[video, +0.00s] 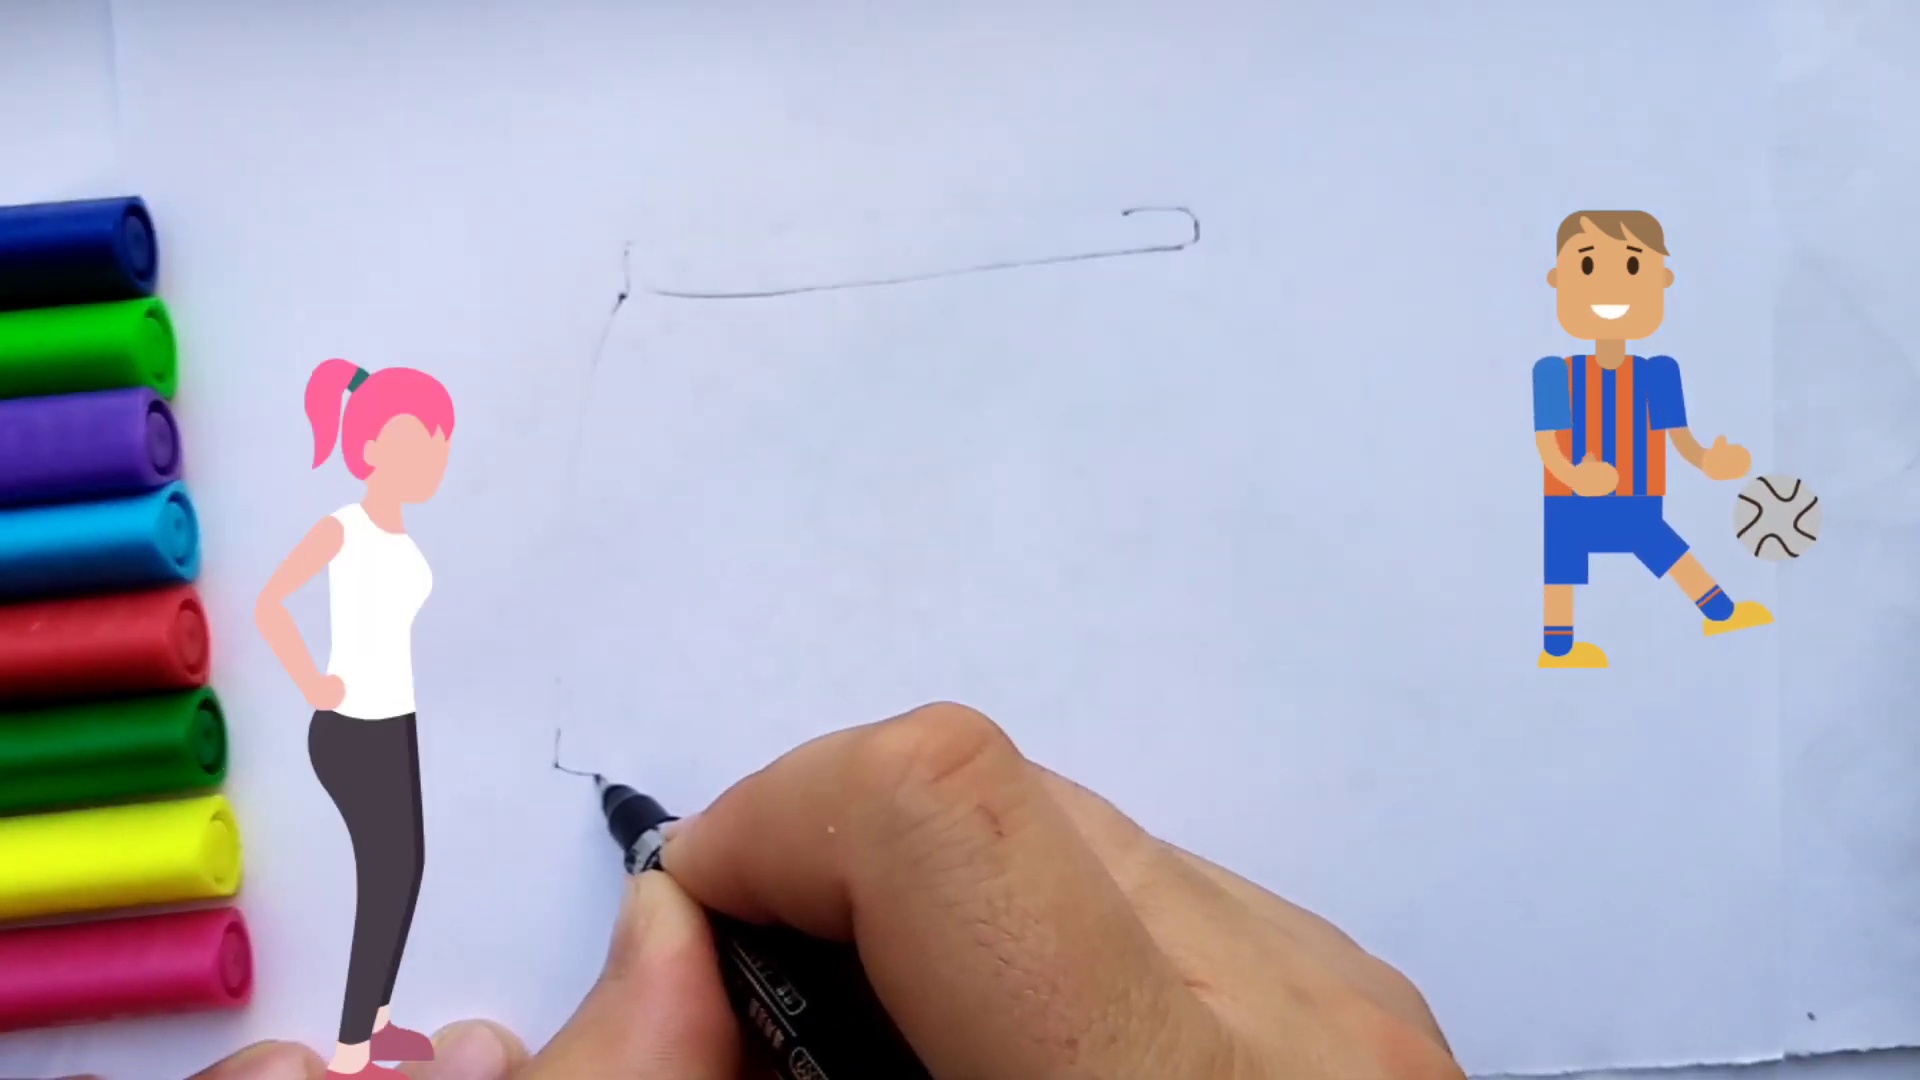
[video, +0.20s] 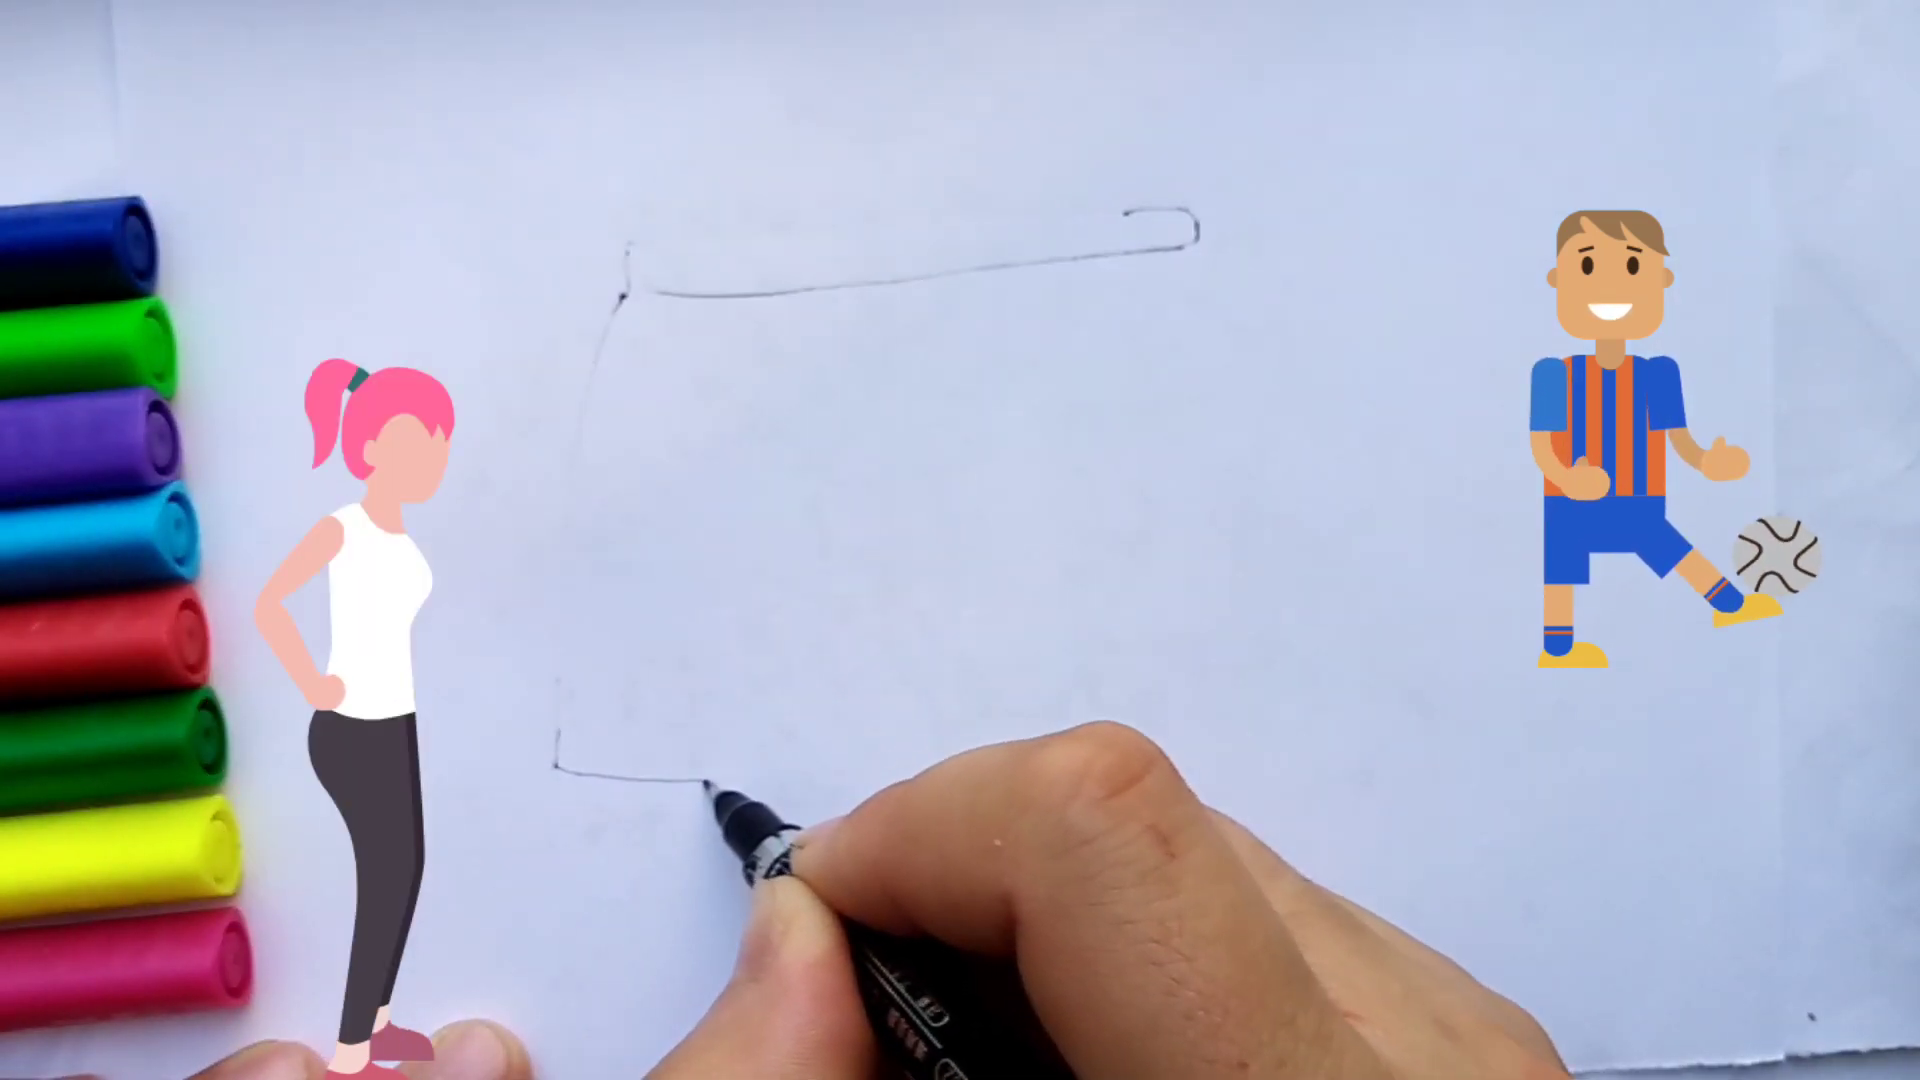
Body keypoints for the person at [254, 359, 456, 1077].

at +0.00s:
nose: (435, 457)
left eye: (439, 440)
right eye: (419, 438)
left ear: (441, 450)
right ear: (375, 447)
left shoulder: (404, 536)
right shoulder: (344, 528)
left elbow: (385, 623)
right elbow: (269, 605)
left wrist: (396, 687)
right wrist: (312, 684)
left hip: (397, 731)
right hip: (353, 733)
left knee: (406, 869)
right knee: (387, 875)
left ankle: (374, 1021)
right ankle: (349, 1049)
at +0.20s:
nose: (436, 455)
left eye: (439, 439)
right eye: (421, 437)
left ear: (441, 449)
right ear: (374, 447)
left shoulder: (404, 536)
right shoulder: (344, 528)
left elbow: (385, 624)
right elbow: (269, 606)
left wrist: (396, 688)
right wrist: (312, 684)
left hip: (397, 731)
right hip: (353, 733)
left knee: (406, 870)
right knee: (387, 876)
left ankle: (374, 1020)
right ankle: (349, 1050)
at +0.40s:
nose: (403, 588)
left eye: (404, 571)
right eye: (385, 571)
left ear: (406, 580)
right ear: (343, 578)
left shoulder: (364, 663)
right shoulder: (312, 656)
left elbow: (322, 738)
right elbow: (213, 712)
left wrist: (315, 795)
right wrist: (249, 790)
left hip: (307, 842)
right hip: (263, 851)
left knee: (391, 865)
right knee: (392, 872)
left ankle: (341, 1020)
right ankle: (351, 1053)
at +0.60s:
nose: (437, 455)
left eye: (440, 439)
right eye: (422, 437)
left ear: (440, 450)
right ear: (375, 447)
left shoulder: (404, 536)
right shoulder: (344, 528)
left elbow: (386, 623)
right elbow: (269, 604)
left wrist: (396, 686)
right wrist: (312, 684)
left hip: (398, 730)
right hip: (353, 732)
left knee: (406, 868)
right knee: (387, 875)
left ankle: (375, 1018)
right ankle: (350, 1049)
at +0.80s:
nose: (437, 456)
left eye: (440, 440)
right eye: (422, 437)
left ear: (440, 450)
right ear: (375, 447)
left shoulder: (404, 535)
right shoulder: (344, 528)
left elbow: (386, 623)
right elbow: (269, 606)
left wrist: (397, 687)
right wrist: (312, 685)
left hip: (398, 730)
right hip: (353, 732)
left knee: (406, 869)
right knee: (387, 875)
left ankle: (375, 1019)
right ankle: (350, 1049)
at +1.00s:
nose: (406, 586)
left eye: (406, 570)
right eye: (391, 569)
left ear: (401, 579)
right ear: (346, 578)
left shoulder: (362, 662)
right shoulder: (311, 656)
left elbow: (321, 738)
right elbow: (213, 712)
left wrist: (317, 798)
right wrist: (250, 791)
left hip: (307, 842)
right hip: (263, 851)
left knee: (391, 865)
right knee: (392, 872)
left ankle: (339, 1021)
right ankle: (350, 1056)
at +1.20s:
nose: (435, 456)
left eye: (439, 440)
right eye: (419, 438)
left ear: (441, 451)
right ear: (374, 447)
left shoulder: (404, 536)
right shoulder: (344, 529)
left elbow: (385, 623)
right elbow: (268, 606)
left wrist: (395, 687)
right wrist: (312, 684)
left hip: (397, 731)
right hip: (353, 732)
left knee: (405, 871)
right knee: (386, 877)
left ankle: (374, 1018)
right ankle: (349, 1052)